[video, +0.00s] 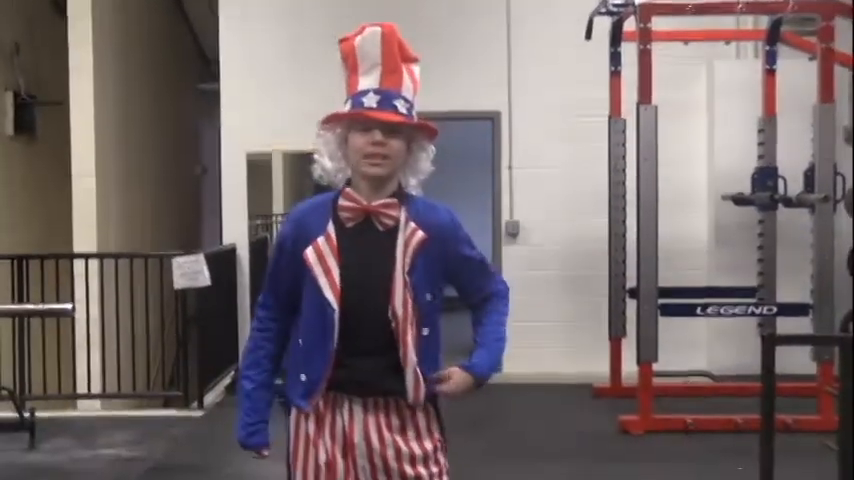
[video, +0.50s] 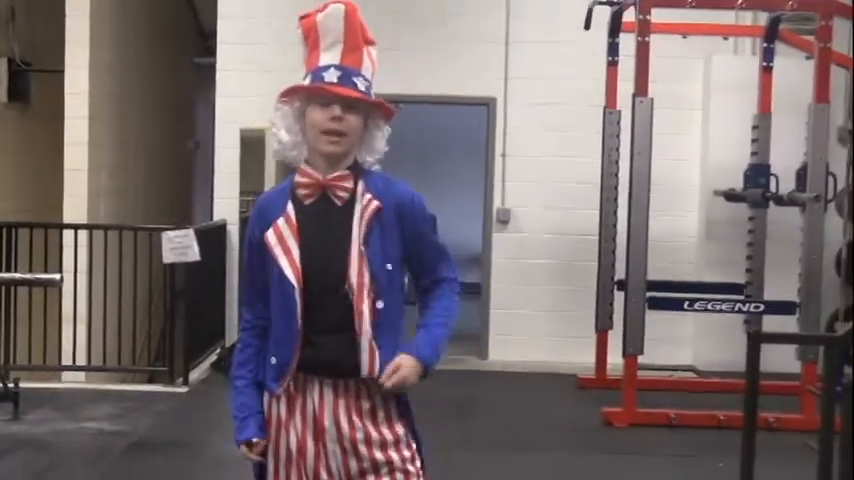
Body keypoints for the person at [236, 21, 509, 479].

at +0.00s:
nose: (377, 143)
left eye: (391, 133)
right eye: (364, 130)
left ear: (410, 148)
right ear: (343, 142)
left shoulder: (435, 226)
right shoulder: (304, 224)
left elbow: (490, 295)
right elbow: (269, 321)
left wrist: (478, 367)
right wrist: (253, 421)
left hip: (407, 422)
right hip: (321, 421)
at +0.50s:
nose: (336, 116)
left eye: (350, 107)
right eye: (323, 103)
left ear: (367, 122)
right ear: (301, 114)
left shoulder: (399, 205)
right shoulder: (270, 209)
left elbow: (443, 283)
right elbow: (254, 320)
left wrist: (422, 355)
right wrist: (248, 413)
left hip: (373, 407)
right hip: (293, 407)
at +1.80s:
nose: (415, 135)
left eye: (429, 122)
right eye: (398, 124)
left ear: (449, 135)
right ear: (378, 139)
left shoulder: (456, 209)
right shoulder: (365, 195)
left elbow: (466, 305)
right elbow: (359, 210)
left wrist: (477, 389)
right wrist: (381, 207)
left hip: (444, 397)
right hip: (384, 400)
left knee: (446, 471)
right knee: (389, 471)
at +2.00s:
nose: (411, 134)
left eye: (425, 121)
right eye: (393, 124)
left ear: (446, 133)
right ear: (372, 139)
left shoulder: (452, 206)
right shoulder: (361, 196)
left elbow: (463, 306)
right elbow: (362, 205)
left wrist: (478, 388)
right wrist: (385, 205)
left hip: (450, 402)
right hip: (391, 408)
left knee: (452, 472)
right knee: (398, 472)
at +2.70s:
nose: (443, 133)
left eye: (456, 121)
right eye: (427, 122)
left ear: (476, 135)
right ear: (405, 137)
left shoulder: (491, 217)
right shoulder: (381, 200)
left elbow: (495, 324)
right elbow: (359, 277)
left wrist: (514, 413)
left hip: (463, 419)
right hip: (387, 421)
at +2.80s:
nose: (452, 127)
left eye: (466, 116)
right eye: (437, 116)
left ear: (487, 130)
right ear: (416, 128)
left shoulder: (502, 212)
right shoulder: (382, 203)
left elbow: (514, 323)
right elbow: (350, 309)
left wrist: (530, 413)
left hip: (474, 422)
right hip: (390, 424)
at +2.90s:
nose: (453, 123)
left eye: (467, 111)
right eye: (437, 110)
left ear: (488, 126)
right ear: (416, 124)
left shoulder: (506, 210)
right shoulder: (376, 206)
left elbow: (523, 318)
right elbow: (349, 327)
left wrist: (540, 407)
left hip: (476, 419)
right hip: (392, 421)